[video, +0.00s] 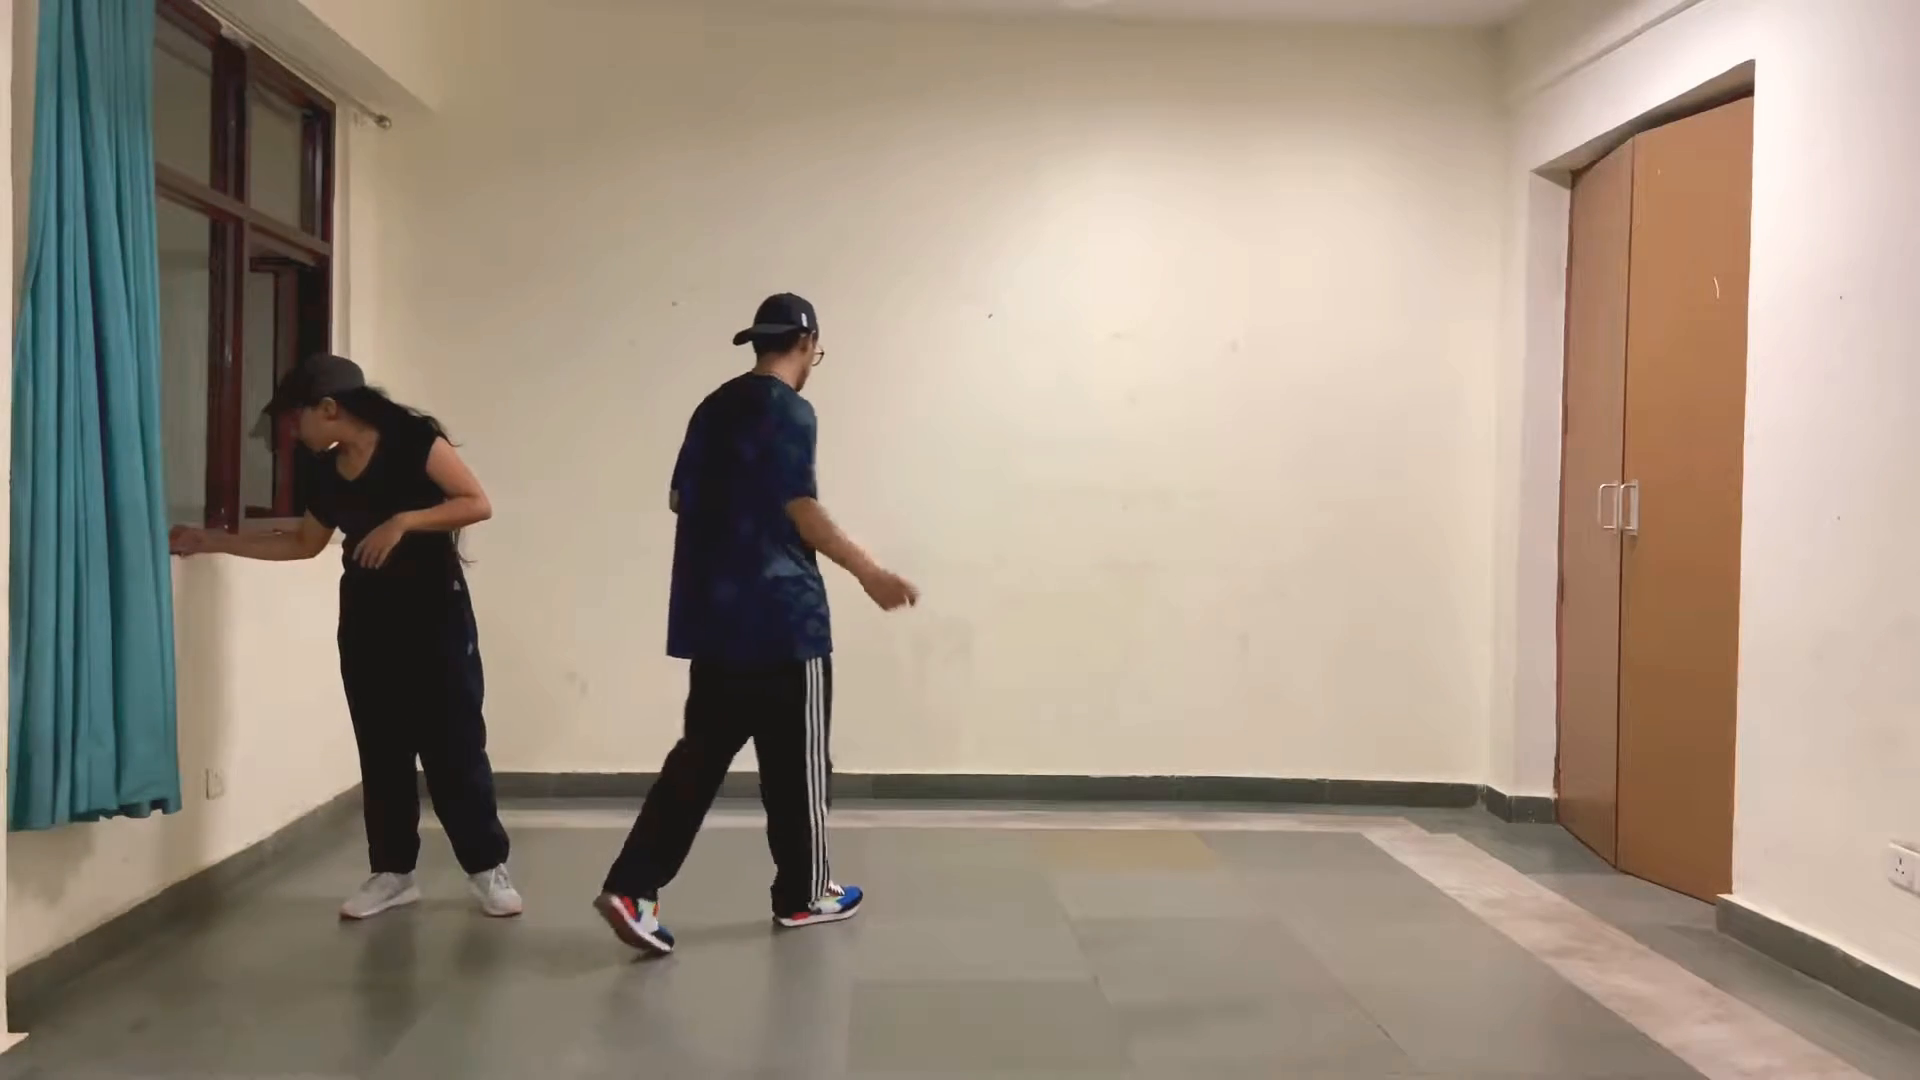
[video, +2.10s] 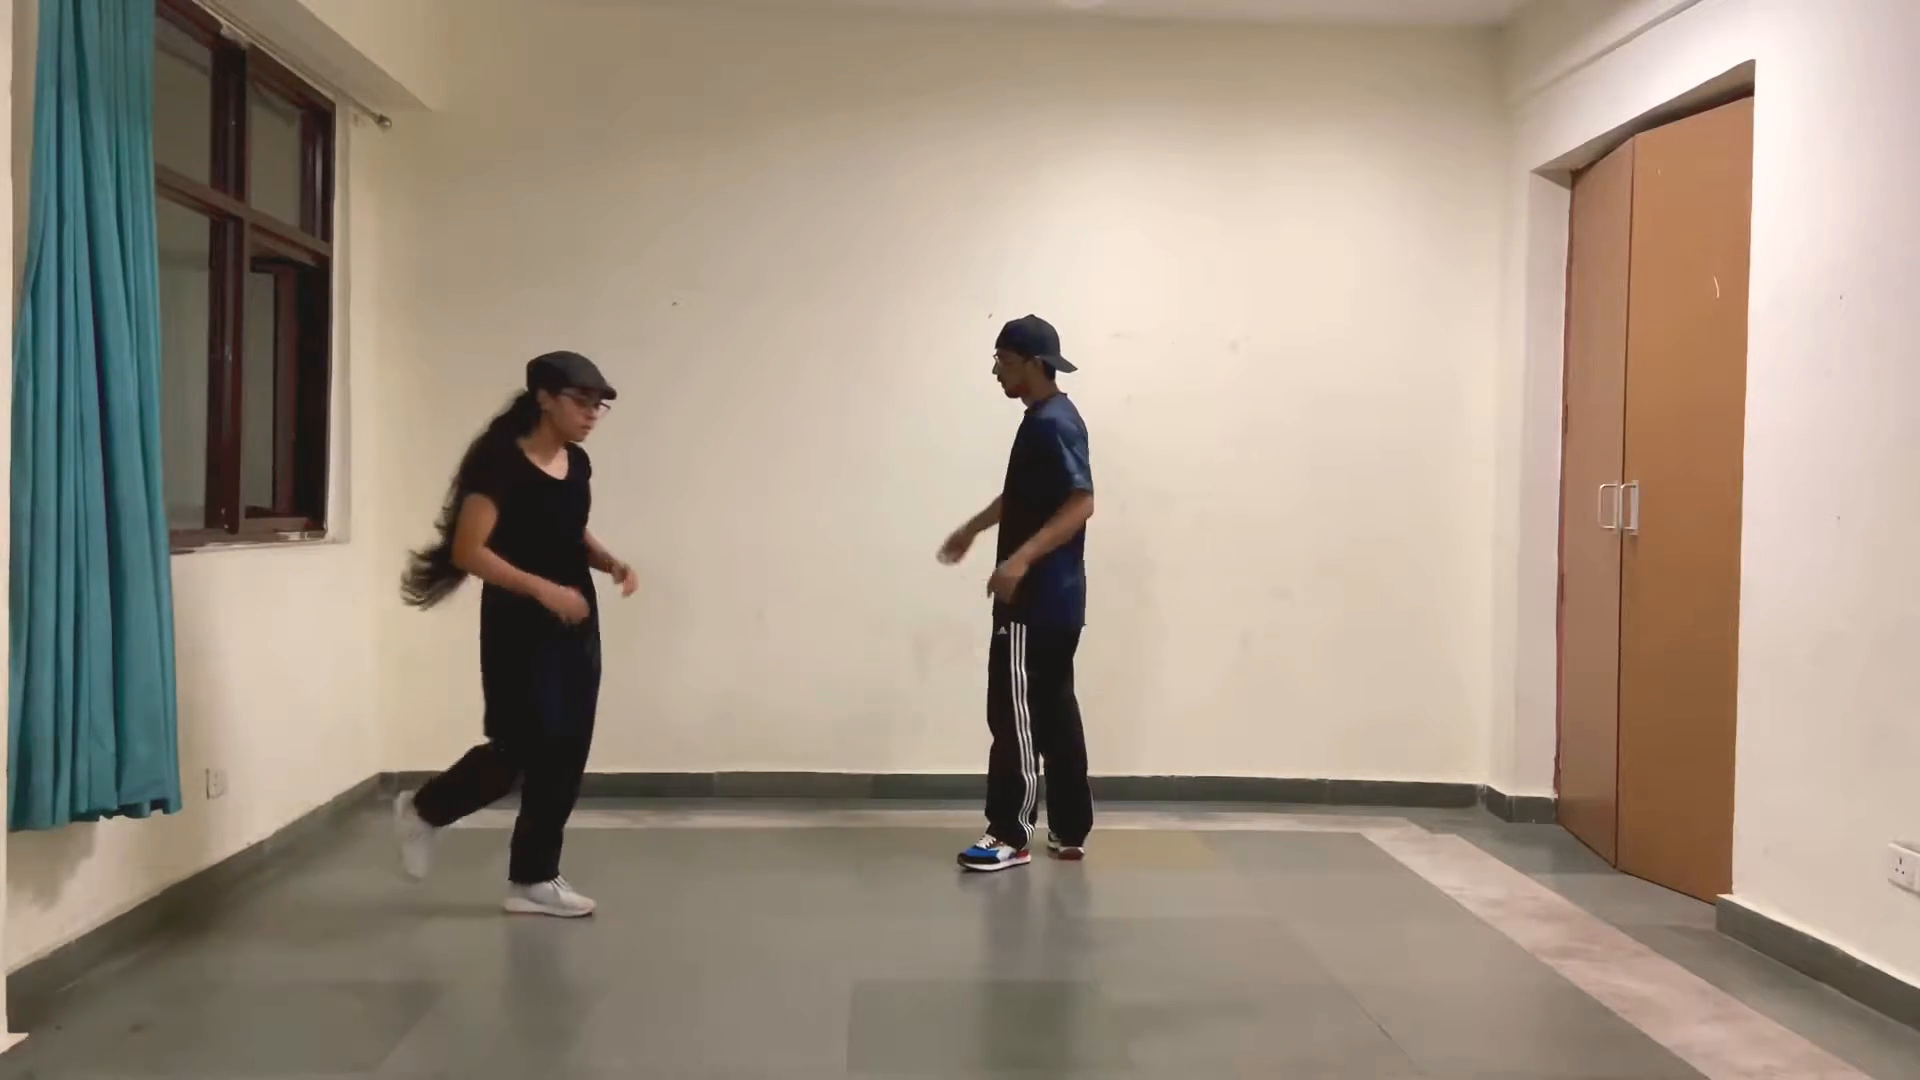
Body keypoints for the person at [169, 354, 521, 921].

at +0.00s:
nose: (294, 431)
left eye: (297, 418)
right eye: (291, 420)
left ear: (330, 409)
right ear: (326, 411)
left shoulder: (413, 437)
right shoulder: (325, 467)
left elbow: (476, 503)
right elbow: (305, 542)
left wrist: (402, 521)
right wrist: (215, 541)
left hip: (435, 617)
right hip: (368, 622)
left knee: (454, 744)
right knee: (382, 749)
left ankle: (489, 868)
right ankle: (394, 873)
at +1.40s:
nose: (331, 412)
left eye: (342, 399)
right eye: (327, 401)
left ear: (377, 396)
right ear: (330, 404)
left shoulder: (432, 446)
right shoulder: (336, 470)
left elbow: (488, 516)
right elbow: (319, 550)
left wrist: (429, 532)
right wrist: (256, 544)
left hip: (441, 624)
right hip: (372, 626)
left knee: (457, 748)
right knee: (384, 751)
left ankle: (484, 871)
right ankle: (393, 874)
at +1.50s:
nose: (378, 404)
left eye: (389, 392)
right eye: (366, 394)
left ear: (410, 393)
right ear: (350, 399)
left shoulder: (445, 448)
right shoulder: (340, 466)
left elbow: (483, 528)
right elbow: (329, 557)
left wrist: (443, 521)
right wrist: (327, 525)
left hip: (448, 622)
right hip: (377, 624)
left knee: (468, 748)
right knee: (387, 753)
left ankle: (494, 868)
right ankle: (392, 874)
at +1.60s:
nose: (426, 398)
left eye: (434, 387)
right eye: (412, 387)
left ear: (443, 393)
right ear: (382, 391)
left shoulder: (462, 451)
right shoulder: (351, 461)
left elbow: (478, 535)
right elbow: (348, 547)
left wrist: (442, 510)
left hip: (460, 624)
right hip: (385, 628)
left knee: (482, 749)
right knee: (392, 757)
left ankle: (508, 869)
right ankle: (394, 874)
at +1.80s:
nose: (501, 404)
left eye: (506, 394)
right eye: (489, 392)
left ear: (505, 399)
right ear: (453, 391)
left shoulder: (508, 462)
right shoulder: (406, 457)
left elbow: (533, 542)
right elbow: (379, 544)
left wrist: (509, 549)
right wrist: (467, 557)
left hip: (497, 631)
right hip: (423, 630)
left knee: (504, 753)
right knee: (413, 756)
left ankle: (527, 876)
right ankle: (392, 873)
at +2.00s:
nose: (567, 406)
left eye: (570, 396)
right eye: (555, 394)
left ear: (566, 402)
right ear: (517, 395)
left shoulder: (558, 464)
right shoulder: (473, 462)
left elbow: (570, 535)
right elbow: (438, 551)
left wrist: (587, 581)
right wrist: (509, 602)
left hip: (557, 635)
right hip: (492, 633)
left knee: (543, 765)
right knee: (460, 760)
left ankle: (531, 879)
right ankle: (394, 853)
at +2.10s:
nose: (592, 413)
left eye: (597, 404)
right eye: (581, 401)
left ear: (596, 409)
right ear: (546, 399)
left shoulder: (576, 462)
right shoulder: (499, 458)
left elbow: (568, 531)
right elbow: (466, 550)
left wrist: (609, 561)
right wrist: (543, 589)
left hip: (574, 627)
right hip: (517, 627)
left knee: (564, 755)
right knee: (518, 751)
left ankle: (533, 878)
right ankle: (422, 812)